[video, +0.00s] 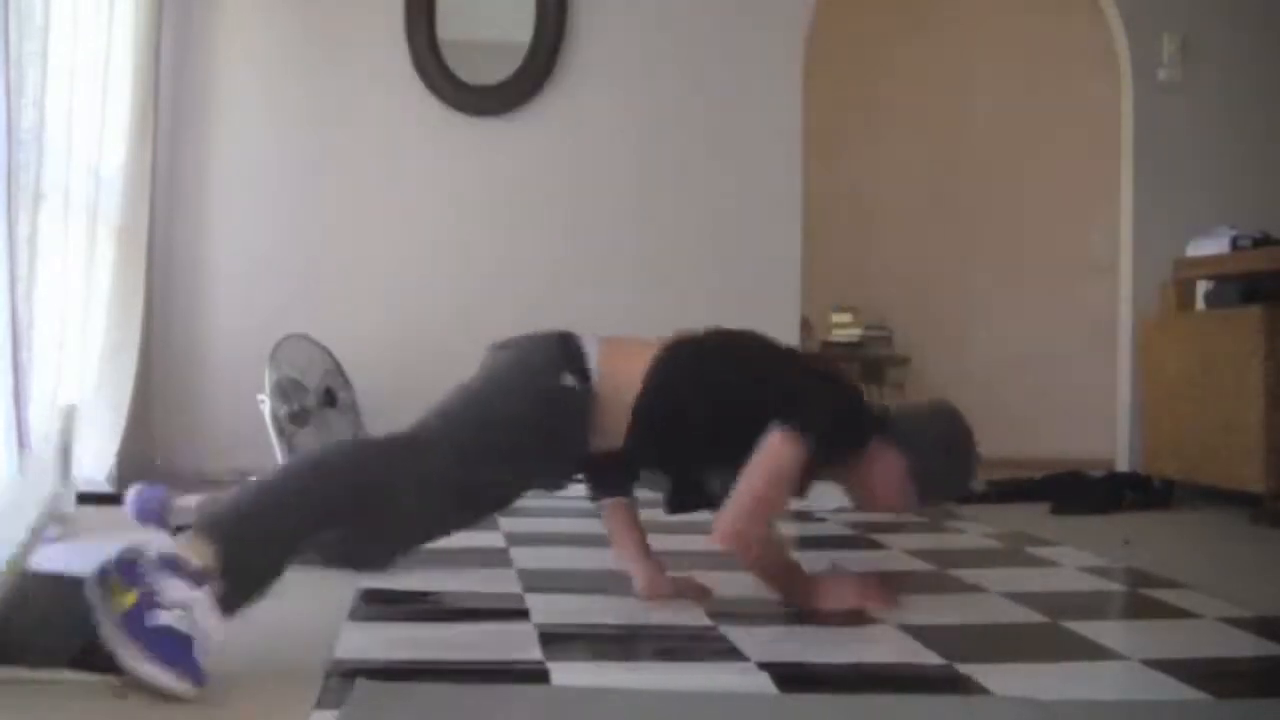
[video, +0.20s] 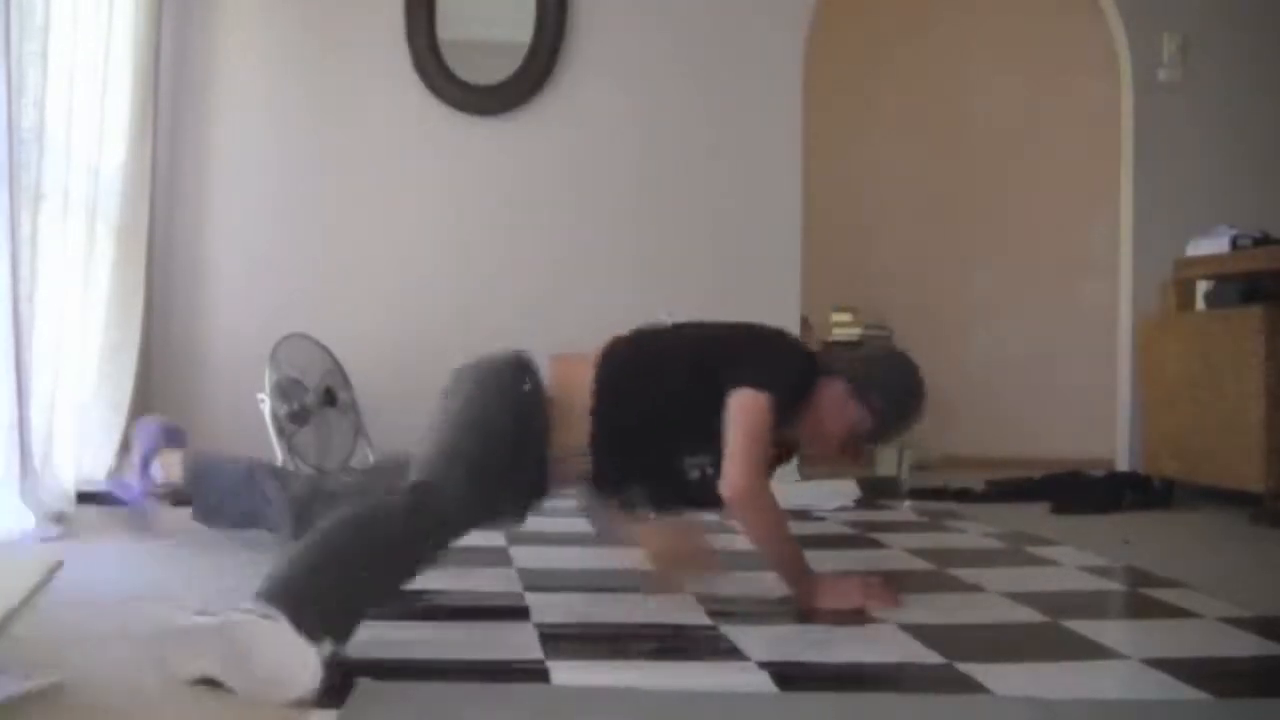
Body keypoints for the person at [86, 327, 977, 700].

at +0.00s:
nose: (893, 511)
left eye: (911, 507)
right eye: (908, 499)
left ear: (889, 462)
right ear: (896, 453)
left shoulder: (786, 403)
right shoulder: (828, 406)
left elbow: (616, 451)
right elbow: (744, 529)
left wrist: (646, 569)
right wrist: (811, 594)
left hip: (559, 425)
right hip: (560, 387)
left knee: (383, 530)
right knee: (394, 470)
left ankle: (192, 528)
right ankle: (191, 557)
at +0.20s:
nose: (848, 457)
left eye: (864, 449)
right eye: (861, 437)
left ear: (846, 418)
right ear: (845, 392)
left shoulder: (753, 415)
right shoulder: (773, 363)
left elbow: (616, 475)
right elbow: (744, 489)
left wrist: (652, 538)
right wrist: (810, 589)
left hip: (526, 463)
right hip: (515, 399)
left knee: (360, 506)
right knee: (427, 509)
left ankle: (180, 471)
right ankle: (279, 632)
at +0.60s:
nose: (751, 435)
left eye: (767, 437)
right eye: (759, 416)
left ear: (771, 447)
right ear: (748, 395)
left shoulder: (703, 493)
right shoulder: (680, 402)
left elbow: (603, 560)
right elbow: (692, 524)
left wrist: (658, 563)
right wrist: (807, 588)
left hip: (494, 532)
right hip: (488, 451)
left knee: (341, 559)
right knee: (355, 504)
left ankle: (146, 536)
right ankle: (170, 569)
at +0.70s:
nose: (731, 418)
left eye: (747, 416)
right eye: (737, 400)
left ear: (751, 427)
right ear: (718, 382)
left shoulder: (690, 479)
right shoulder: (658, 401)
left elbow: (621, 556)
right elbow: (688, 516)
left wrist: (684, 580)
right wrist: (805, 591)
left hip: (486, 532)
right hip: (469, 450)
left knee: (390, 575)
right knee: (314, 488)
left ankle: (249, 553)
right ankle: (114, 538)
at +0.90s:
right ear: (918, 430)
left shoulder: (798, 439)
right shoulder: (906, 416)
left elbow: (750, 479)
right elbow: (968, 463)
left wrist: (749, 578)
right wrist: (917, 565)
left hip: (685, 349)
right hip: (745, 363)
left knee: (480, 357)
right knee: (647, 563)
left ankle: (535, 159)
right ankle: (493, 398)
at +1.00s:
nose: (836, 507)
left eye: (836, 504)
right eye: (857, 502)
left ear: (833, 483)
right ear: (870, 477)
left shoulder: (784, 461)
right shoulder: (880, 429)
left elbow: (759, 504)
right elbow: (960, 452)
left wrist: (748, 579)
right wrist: (913, 565)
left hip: (705, 356)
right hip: (766, 368)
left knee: (502, 301)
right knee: (666, 556)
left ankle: (570, 112)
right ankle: (545, 359)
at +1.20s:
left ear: (716, 488)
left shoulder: (723, 440)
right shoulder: (843, 452)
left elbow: (736, 480)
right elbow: (921, 456)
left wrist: (739, 566)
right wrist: (912, 555)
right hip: (789, 333)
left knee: (567, 263)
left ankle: (639, 97)